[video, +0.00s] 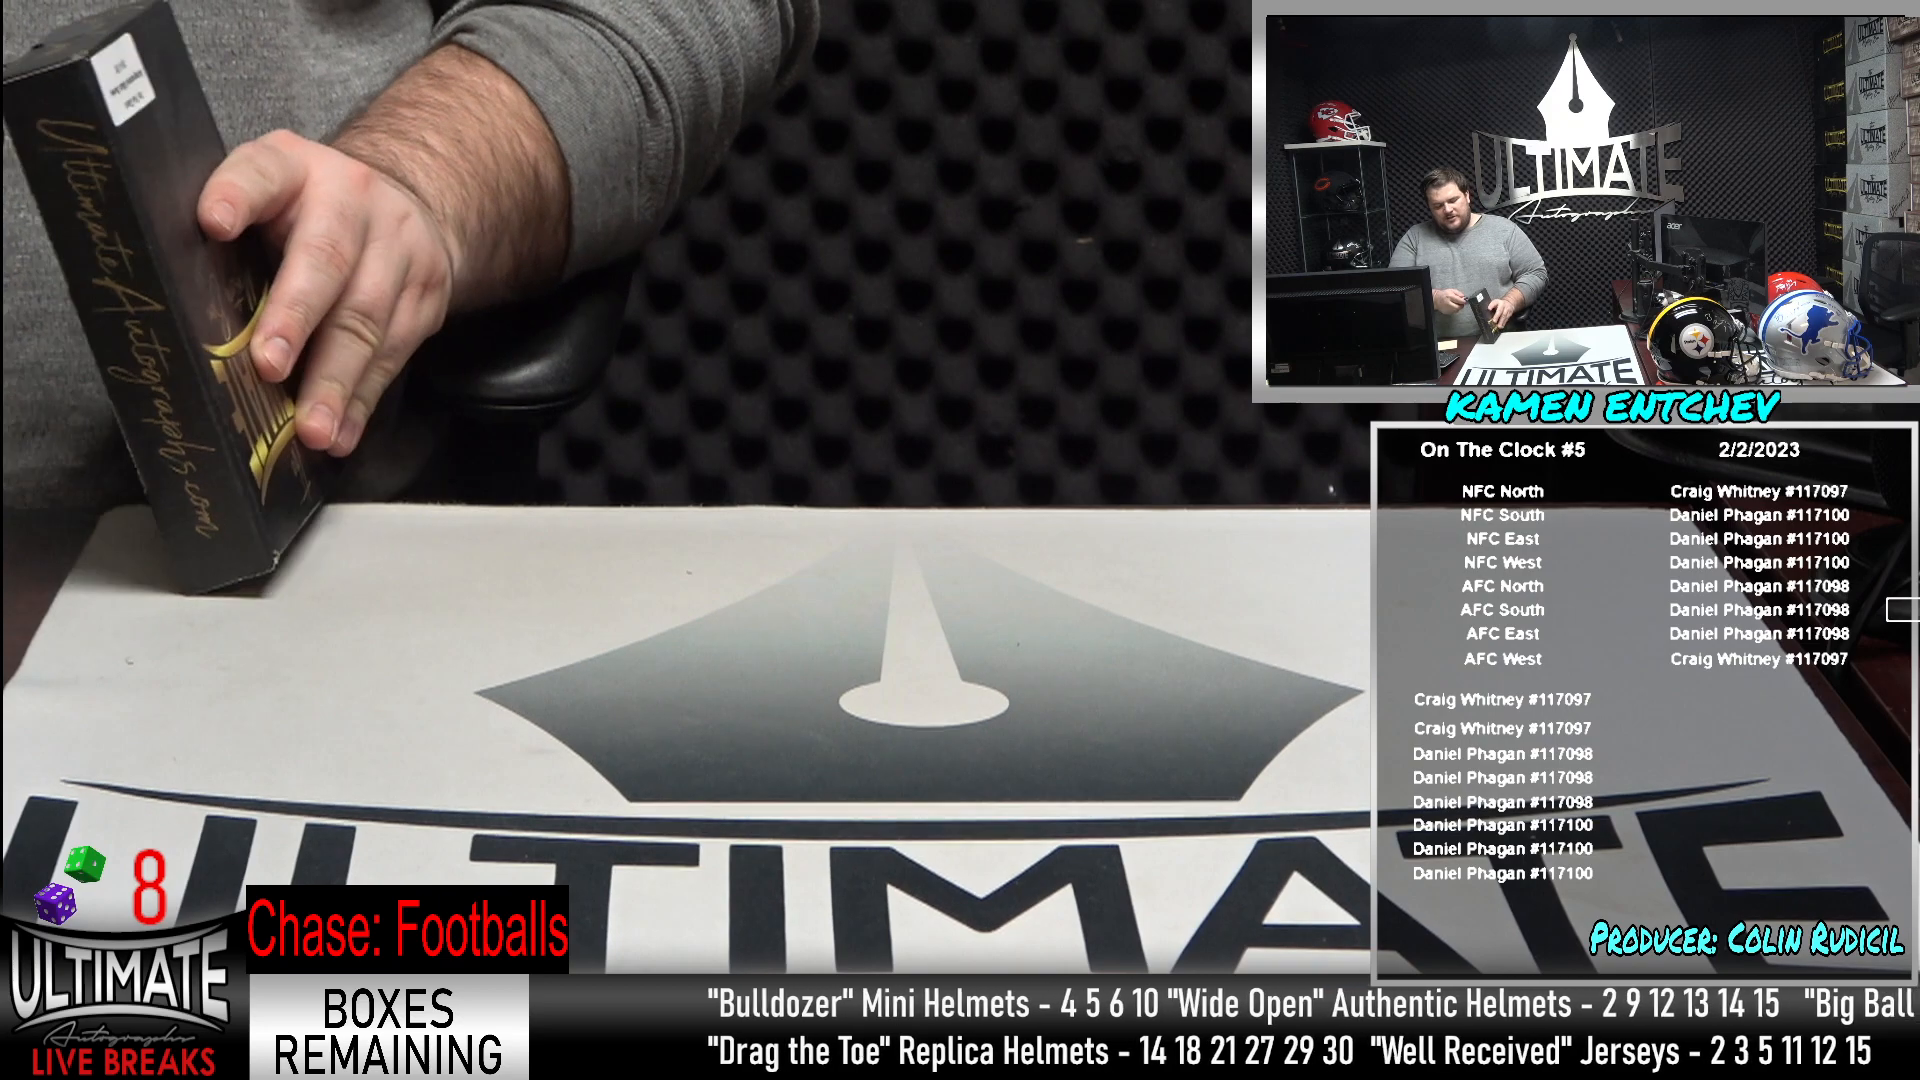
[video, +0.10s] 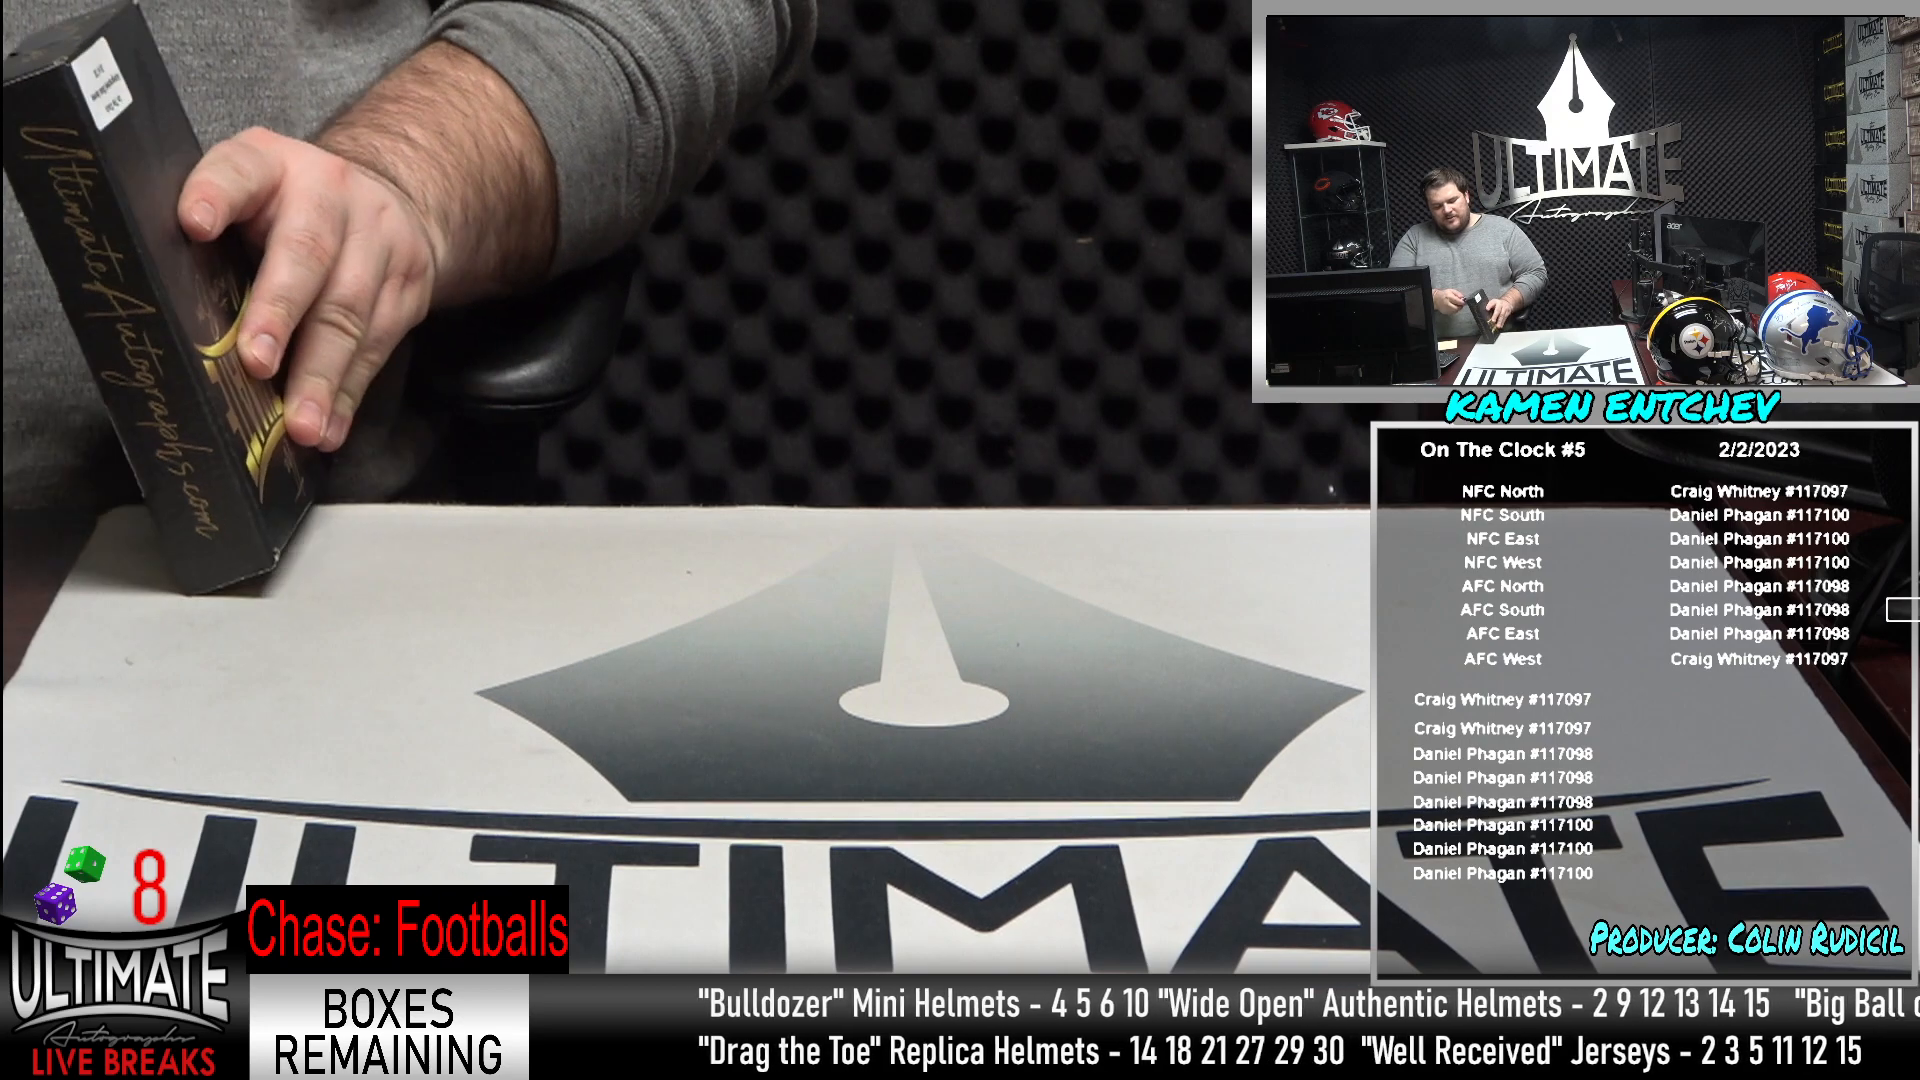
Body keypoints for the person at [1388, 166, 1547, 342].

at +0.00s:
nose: (1448, 210)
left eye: (1453, 200)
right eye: (1439, 206)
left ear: (1467, 196)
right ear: (1430, 208)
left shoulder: (1504, 230)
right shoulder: (1415, 239)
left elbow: (1535, 273)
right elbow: (1394, 287)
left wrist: (1510, 301)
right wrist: (1434, 298)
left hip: (1501, 346)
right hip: (1438, 351)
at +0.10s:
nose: (1447, 210)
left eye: (1452, 201)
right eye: (1438, 206)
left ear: (1467, 196)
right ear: (1429, 208)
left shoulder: (1504, 230)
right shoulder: (1415, 239)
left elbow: (1535, 273)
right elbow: (1395, 287)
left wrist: (1508, 302)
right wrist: (1434, 298)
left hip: (1499, 346)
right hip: (1438, 351)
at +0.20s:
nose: (1447, 210)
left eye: (1452, 201)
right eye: (1438, 206)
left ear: (1467, 196)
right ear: (1429, 208)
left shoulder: (1504, 230)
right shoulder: (1415, 239)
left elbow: (1535, 273)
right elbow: (1395, 287)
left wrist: (1508, 302)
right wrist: (1434, 298)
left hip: (1499, 346)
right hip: (1438, 351)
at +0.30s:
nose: (1447, 210)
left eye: (1452, 200)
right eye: (1438, 206)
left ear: (1466, 196)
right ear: (1429, 208)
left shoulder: (1503, 230)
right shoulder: (1415, 239)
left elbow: (1534, 272)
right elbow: (1393, 287)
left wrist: (1510, 300)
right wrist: (1433, 296)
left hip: (1501, 347)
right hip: (1438, 353)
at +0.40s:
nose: (1447, 210)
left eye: (1452, 200)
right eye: (1437, 206)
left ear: (1466, 196)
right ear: (1429, 208)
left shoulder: (1503, 230)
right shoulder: (1415, 239)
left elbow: (1534, 272)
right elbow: (1393, 287)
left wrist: (1511, 300)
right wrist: (1433, 296)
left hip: (1501, 348)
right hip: (1438, 353)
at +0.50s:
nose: (1449, 209)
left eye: (1454, 199)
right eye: (1439, 204)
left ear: (1468, 196)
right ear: (1430, 207)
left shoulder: (1503, 231)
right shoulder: (1415, 239)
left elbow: (1535, 272)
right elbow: (1392, 290)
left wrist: (1515, 297)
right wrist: (1425, 305)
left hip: (1499, 348)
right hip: (1437, 353)